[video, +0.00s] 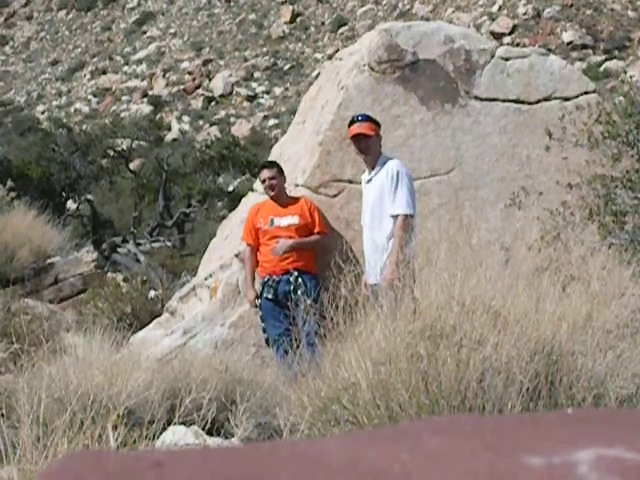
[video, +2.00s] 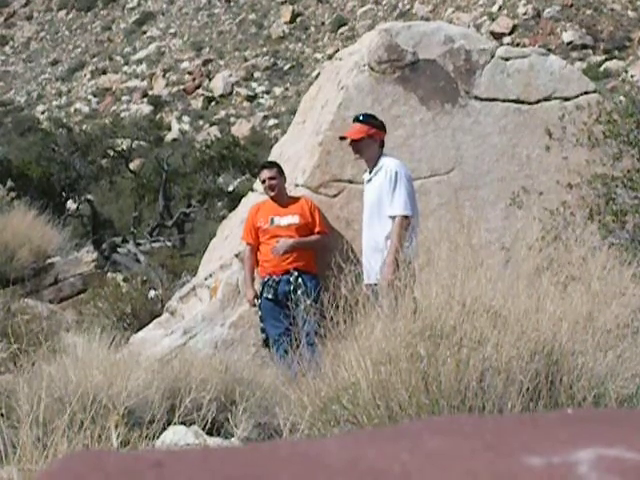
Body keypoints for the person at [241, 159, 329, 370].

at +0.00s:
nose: (269, 184)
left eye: (273, 178)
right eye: (264, 181)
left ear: (283, 178)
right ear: (261, 185)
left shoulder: (304, 205)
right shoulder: (257, 212)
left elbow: (324, 237)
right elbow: (250, 249)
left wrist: (293, 244)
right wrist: (249, 286)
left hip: (303, 277)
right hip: (271, 281)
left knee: (310, 335)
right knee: (279, 340)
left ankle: (316, 383)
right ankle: (292, 386)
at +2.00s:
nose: (269, 184)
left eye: (273, 178)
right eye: (264, 181)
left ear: (283, 178)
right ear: (261, 185)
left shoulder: (305, 205)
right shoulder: (257, 212)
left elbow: (325, 236)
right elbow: (250, 249)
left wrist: (294, 243)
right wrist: (249, 285)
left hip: (303, 277)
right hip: (271, 281)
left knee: (310, 334)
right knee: (278, 339)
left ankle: (316, 381)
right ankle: (291, 385)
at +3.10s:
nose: (269, 186)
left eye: (272, 180)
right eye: (264, 183)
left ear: (282, 180)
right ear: (260, 186)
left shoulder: (304, 205)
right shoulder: (256, 211)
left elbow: (322, 236)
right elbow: (236, 241)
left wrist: (293, 243)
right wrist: (209, 246)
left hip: (302, 277)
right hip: (270, 280)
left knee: (310, 333)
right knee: (279, 339)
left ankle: (315, 379)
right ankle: (291, 384)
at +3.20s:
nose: (269, 185)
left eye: (272, 180)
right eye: (264, 182)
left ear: (283, 180)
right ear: (260, 186)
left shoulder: (304, 205)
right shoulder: (257, 211)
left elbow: (323, 237)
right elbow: (237, 242)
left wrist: (293, 243)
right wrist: (212, 250)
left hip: (302, 277)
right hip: (270, 281)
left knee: (310, 333)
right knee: (278, 339)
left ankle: (315, 379)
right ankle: (291, 383)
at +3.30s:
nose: (269, 186)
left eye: (272, 180)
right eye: (264, 182)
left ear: (283, 180)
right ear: (261, 186)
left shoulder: (304, 205)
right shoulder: (256, 211)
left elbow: (324, 237)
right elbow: (240, 242)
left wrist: (293, 243)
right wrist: (218, 256)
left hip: (303, 277)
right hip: (271, 281)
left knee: (309, 333)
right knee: (278, 338)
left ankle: (315, 379)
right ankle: (291, 382)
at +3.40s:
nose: (269, 185)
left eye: (273, 180)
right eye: (264, 182)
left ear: (283, 180)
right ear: (261, 186)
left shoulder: (304, 205)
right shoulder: (256, 211)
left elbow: (324, 237)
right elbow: (240, 243)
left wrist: (293, 244)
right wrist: (222, 263)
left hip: (303, 277)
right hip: (270, 281)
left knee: (309, 332)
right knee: (278, 338)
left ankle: (315, 379)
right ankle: (291, 382)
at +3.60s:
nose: (271, 184)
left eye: (275, 179)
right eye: (266, 181)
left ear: (284, 180)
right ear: (262, 186)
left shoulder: (304, 205)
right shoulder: (257, 211)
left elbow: (322, 237)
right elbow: (240, 246)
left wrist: (293, 244)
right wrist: (227, 279)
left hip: (302, 277)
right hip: (271, 280)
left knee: (310, 332)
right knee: (279, 338)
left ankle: (316, 379)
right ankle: (290, 383)